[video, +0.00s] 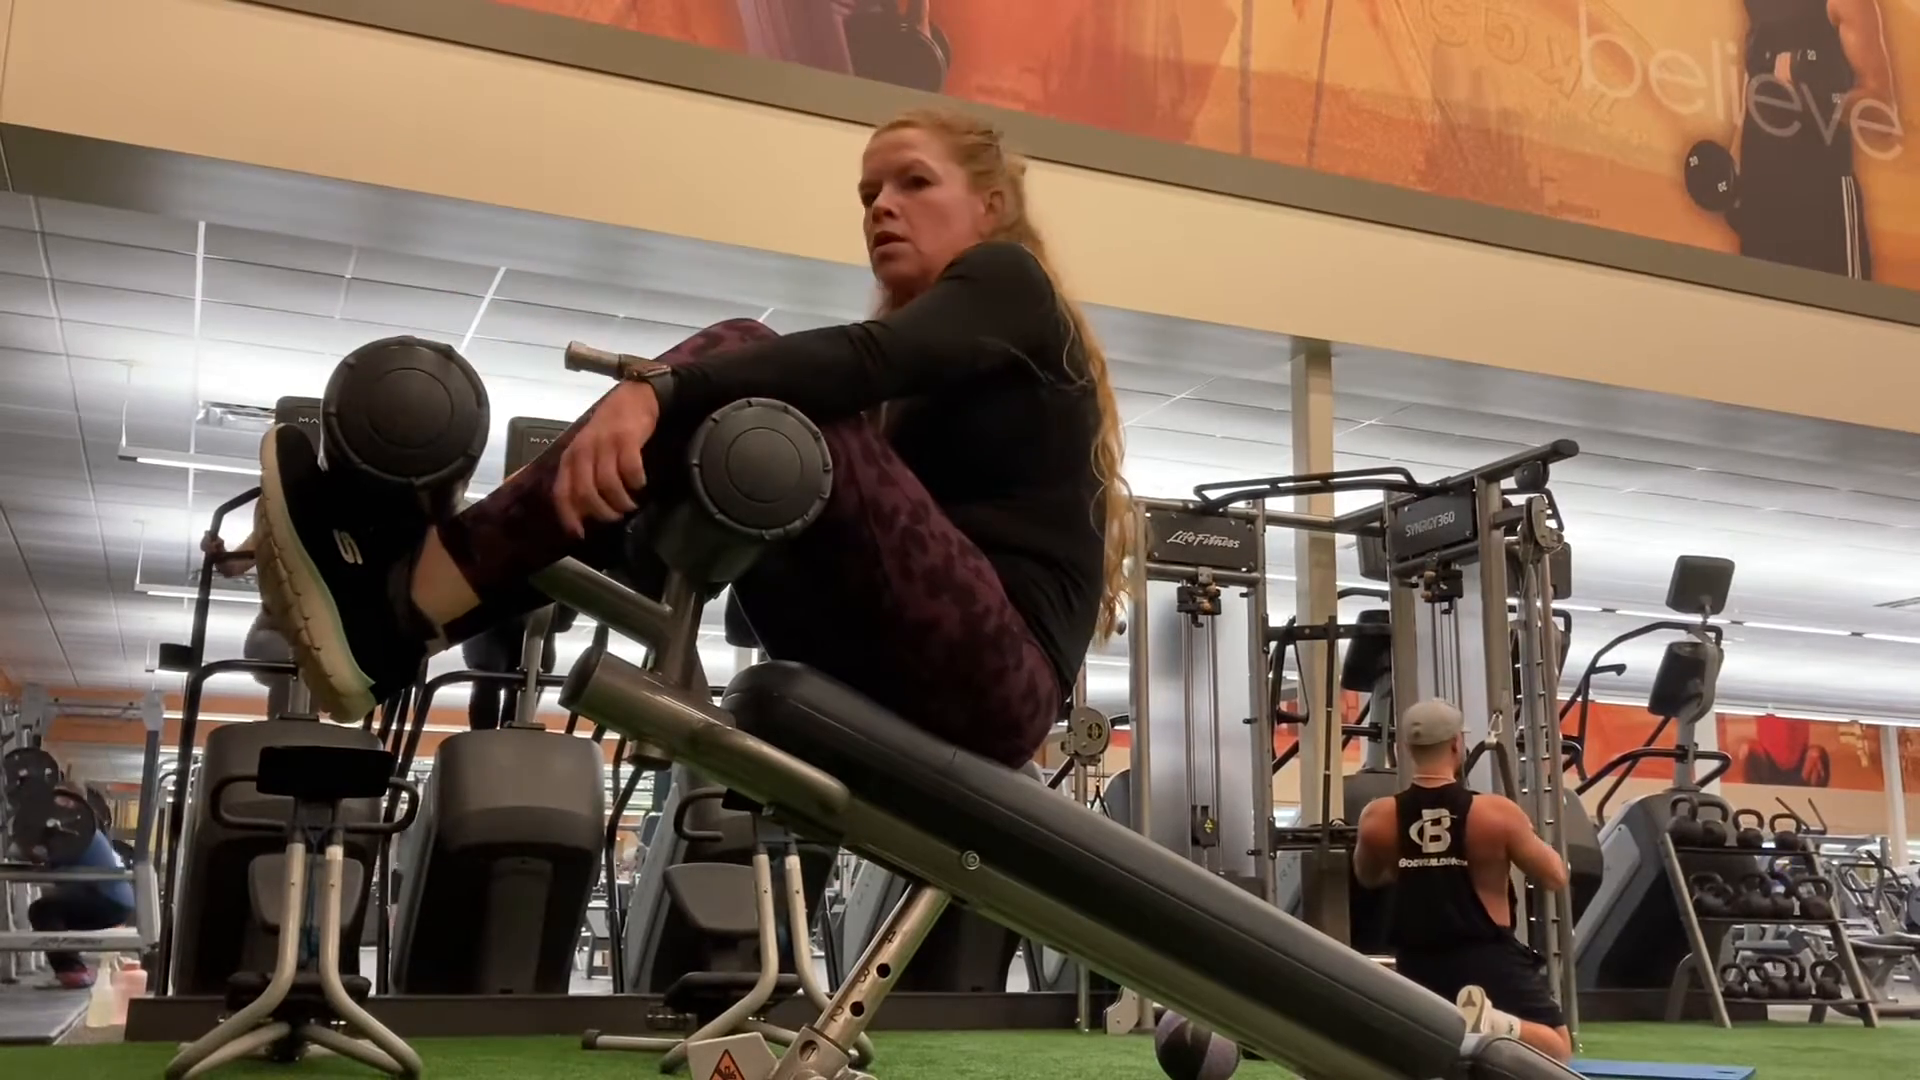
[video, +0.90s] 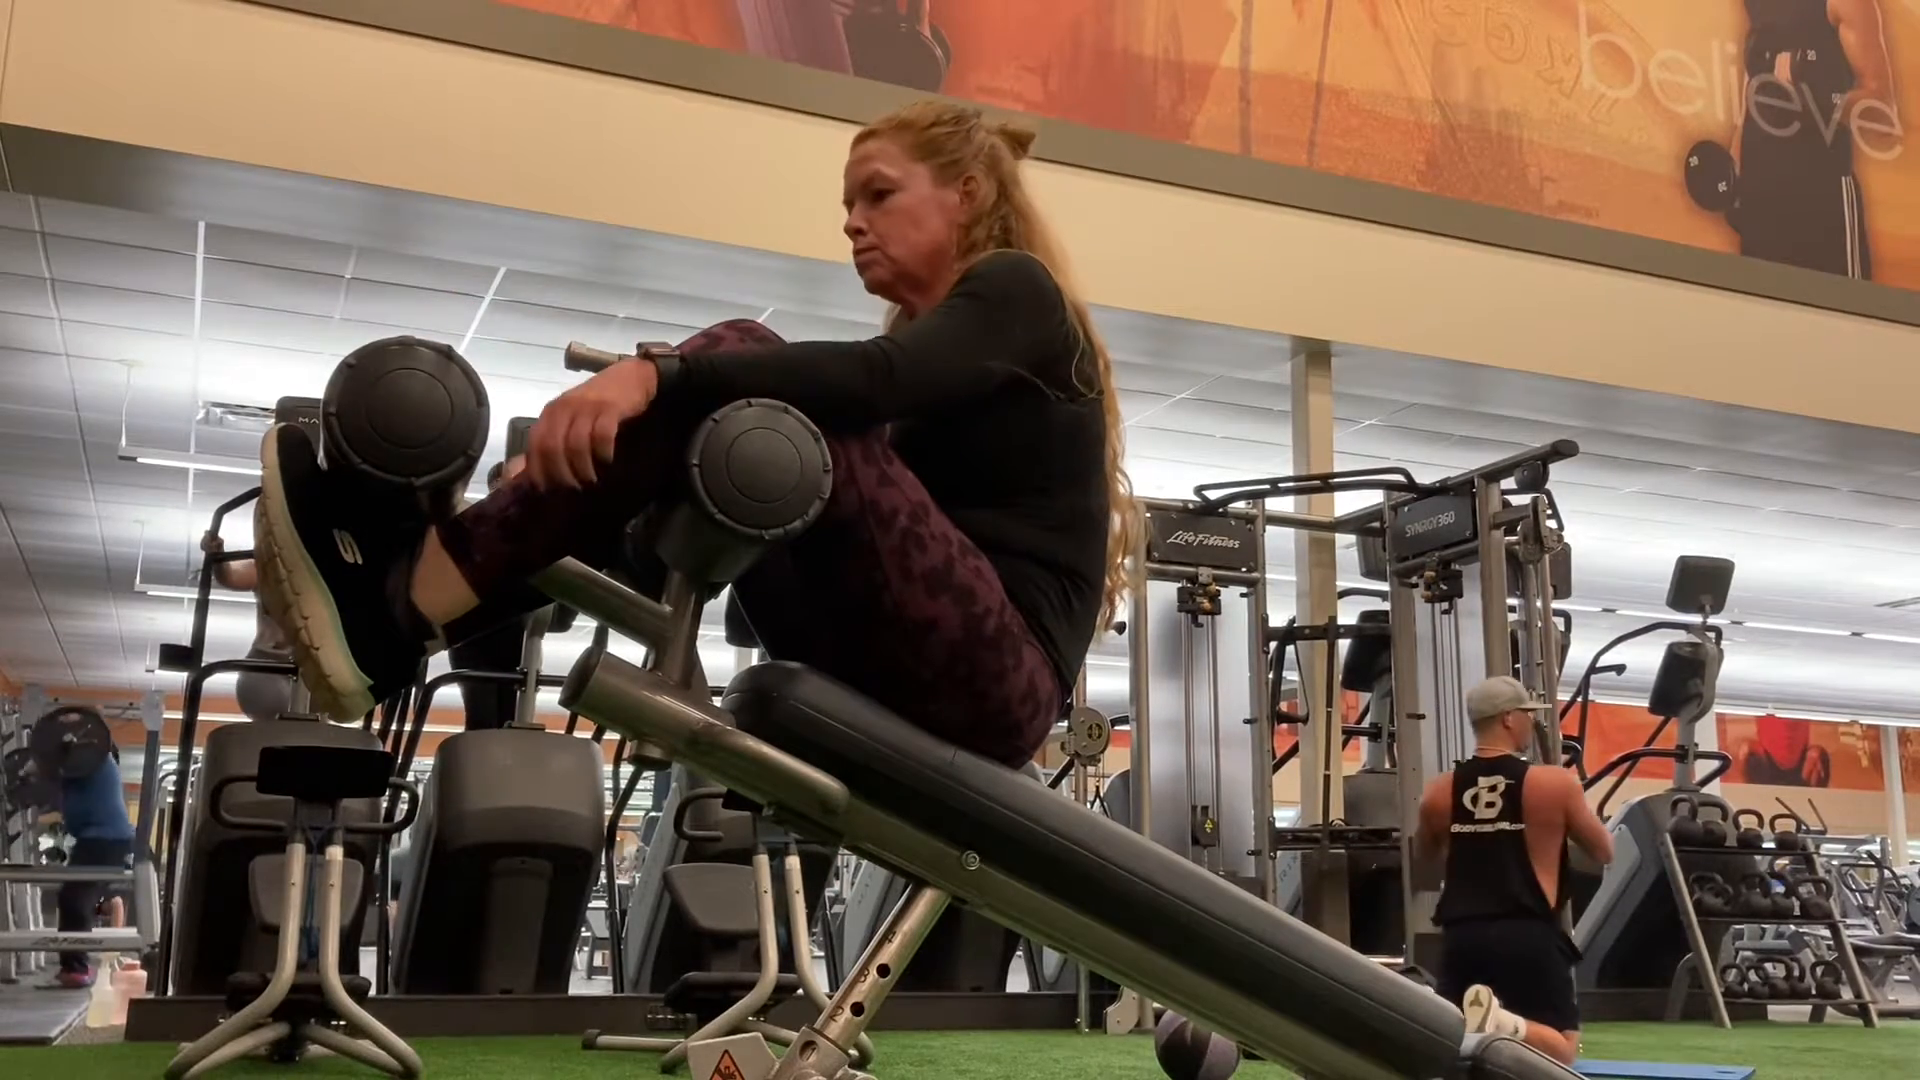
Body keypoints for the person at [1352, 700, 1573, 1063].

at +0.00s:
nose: (1464, 745)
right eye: (1462, 739)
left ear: (1406, 749)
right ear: (1456, 745)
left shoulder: (1378, 817)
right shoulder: (1497, 814)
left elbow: (1368, 875)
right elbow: (1555, 877)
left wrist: (1412, 853)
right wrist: (1530, 842)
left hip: (1416, 968)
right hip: (1490, 966)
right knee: (1561, 1049)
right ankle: (1493, 1022)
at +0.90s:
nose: (1532, 721)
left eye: (1530, 712)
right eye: (1527, 712)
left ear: (1475, 722)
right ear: (1508, 719)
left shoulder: (1440, 791)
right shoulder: (1557, 785)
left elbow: (1425, 866)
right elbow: (1603, 852)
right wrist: (1571, 797)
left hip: (1462, 939)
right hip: (1531, 940)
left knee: (1460, 1049)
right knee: (1565, 1051)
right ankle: (1499, 1021)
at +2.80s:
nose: (1570, 599)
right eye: (1571, 592)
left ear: (1523, 597)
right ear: (1571, 594)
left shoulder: (1493, 652)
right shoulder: (1603, 647)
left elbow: (1472, 720)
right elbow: (1633, 720)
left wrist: (1508, 732)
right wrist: (1599, 692)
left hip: (1530, 789)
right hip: (1598, 785)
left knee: (1516, 908)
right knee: (1645, 893)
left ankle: (1503, 1029)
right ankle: (1691, 1020)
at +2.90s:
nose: (1584, 603)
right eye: (1590, 594)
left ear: (1544, 598)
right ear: (1590, 597)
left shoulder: (1517, 656)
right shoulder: (1628, 652)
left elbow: (1493, 728)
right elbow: (1651, 723)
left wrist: (1500, 780)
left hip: (1550, 796)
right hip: (1618, 796)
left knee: (1531, 905)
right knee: (1646, 907)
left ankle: (1504, 1031)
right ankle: (1680, 1038)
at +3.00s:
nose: (1597, 604)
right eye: (1604, 595)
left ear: (1563, 599)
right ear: (1609, 598)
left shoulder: (1538, 654)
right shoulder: (1649, 652)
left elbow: (1514, 730)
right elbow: (1666, 730)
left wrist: (1491, 794)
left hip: (1570, 795)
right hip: (1639, 794)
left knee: (1538, 900)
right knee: (1660, 911)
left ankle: (1513, 1027)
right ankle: (1683, 1039)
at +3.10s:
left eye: (1585, 595)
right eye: (1613, 594)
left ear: (1574, 597)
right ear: (1619, 596)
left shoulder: (1552, 649)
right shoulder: (1657, 648)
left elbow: (1522, 720)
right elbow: (1678, 719)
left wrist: (1502, 783)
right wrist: (1650, 754)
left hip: (1583, 788)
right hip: (1649, 787)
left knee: (1552, 892)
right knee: (1664, 907)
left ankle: (1546, 1017)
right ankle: (1683, 1037)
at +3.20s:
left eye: (1586, 595)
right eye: (1617, 596)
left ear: (1580, 598)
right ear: (1625, 599)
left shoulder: (1561, 646)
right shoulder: (1660, 648)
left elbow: (1539, 711)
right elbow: (1682, 718)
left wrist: (1523, 777)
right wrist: (1651, 744)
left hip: (1590, 787)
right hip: (1654, 786)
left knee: (1570, 897)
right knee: (1665, 904)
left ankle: (1583, 1026)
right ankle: (1683, 1036)